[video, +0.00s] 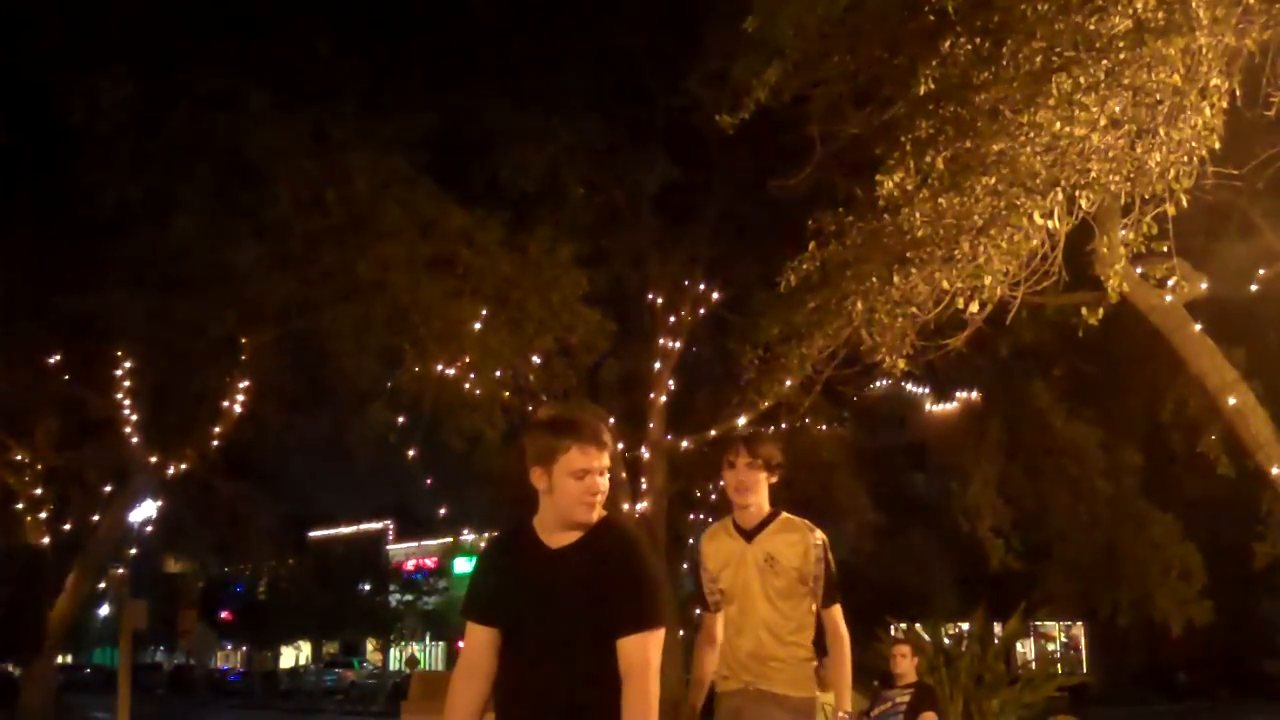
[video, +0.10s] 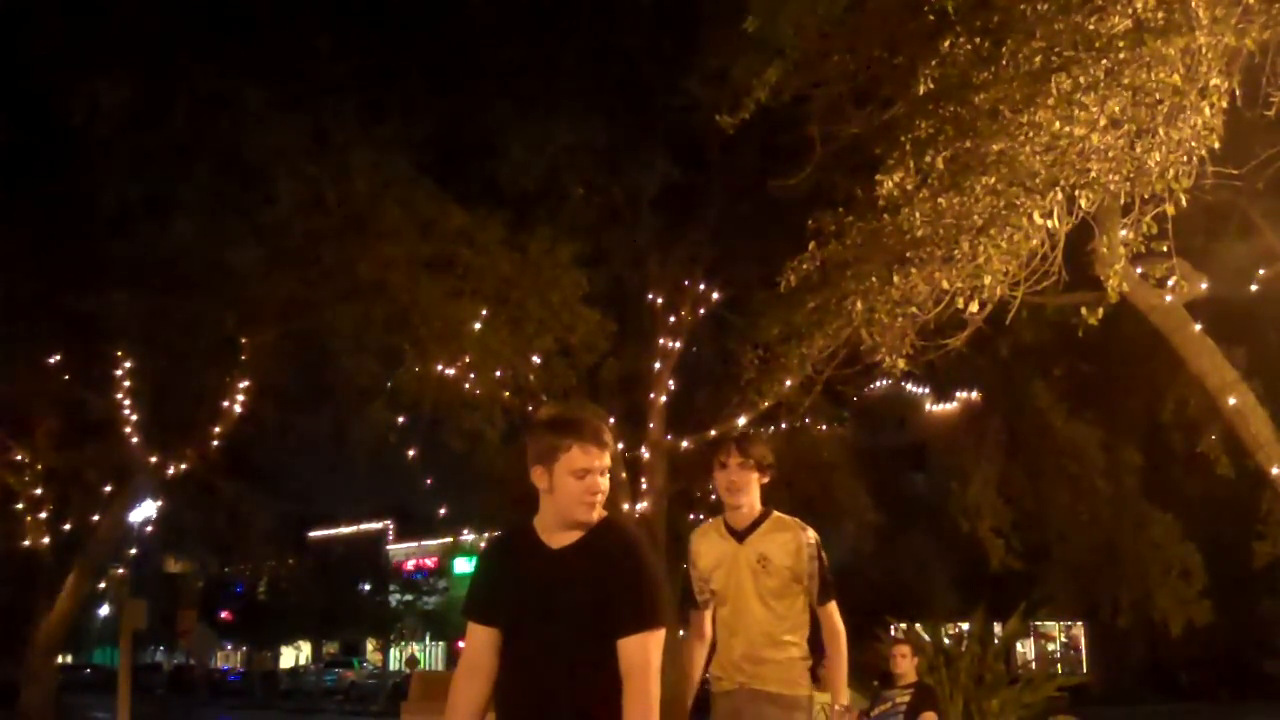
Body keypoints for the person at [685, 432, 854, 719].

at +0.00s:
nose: (740, 477)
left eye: (751, 466)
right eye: (732, 466)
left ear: (772, 475)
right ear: (722, 475)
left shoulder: (807, 539)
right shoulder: (711, 540)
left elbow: (835, 631)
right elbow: (710, 633)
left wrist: (843, 710)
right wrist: (694, 707)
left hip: (793, 699)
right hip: (731, 699)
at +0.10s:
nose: (732, 476)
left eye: (743, 466)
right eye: (723, 467)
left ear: (762, 474)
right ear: (712, 476)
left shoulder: (798, 537)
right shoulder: (702, 540)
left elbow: (831, 624)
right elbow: (699, 632)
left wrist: (839, 704)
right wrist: (684, 706)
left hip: (787, 695)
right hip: (726, 695)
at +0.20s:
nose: (724, 470)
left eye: (735, 459)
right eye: (715, 460)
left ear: (755, 467)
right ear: (705, 469)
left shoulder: (792, 529)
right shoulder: (692, 532)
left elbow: (826, 608)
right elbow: (690, 623)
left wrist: (834, 695)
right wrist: (676, 700)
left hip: (782, 687)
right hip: (721, 688)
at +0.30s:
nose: (716, 466)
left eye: (728, 455)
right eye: (707, 455)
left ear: (748, 462)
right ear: (697, 464)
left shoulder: (786, 525)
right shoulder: (683, 529)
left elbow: (821, 603)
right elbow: (684, 618)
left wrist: (831, 689)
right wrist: (675, 695)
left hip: (780, 687)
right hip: (717, 688)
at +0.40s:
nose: (709, 479)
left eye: (721, 467)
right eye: (700, 467)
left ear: (743, 476)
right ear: (691, 475)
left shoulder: (781, 539)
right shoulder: (675, 543)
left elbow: (815, 616)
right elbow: (680, 627)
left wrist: (832, 700)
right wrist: (676, 695)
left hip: (778, 698)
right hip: (713, 700)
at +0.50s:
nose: (703, 505)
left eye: (716, 495)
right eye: (694, 494)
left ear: (738, 505)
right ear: (684, 503)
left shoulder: (778, 573)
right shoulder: (670, 574)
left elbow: (814, 660)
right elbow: (673, 650)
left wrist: (828, 715)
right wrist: (677, 710)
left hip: (773, 710)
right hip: (708, 710)